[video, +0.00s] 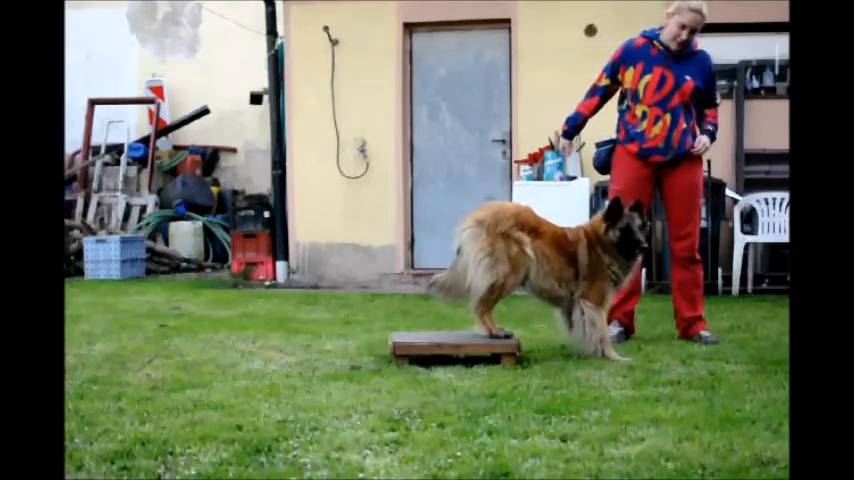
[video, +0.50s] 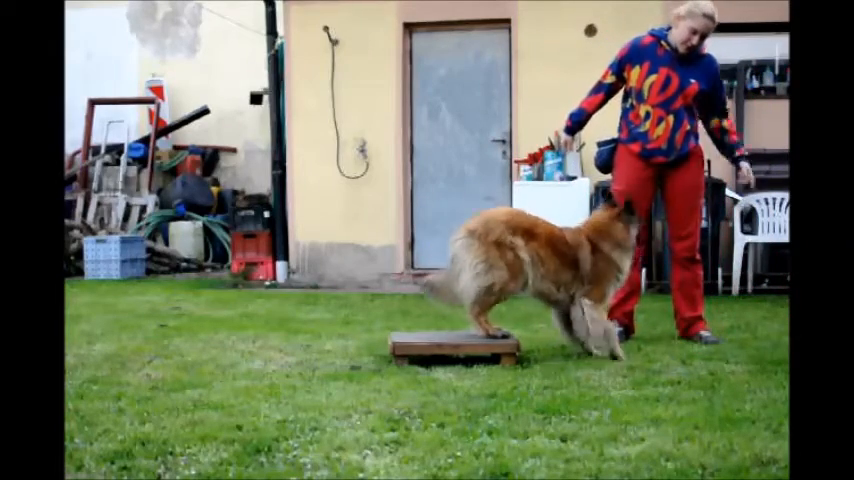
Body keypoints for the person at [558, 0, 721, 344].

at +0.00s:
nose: (684, 36)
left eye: (692, 32)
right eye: (682, 27)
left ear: (698, 33)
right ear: (667, 17)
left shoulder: (700, 62)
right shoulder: (633, 50)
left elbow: (709, 108)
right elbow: (600, 91)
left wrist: (707, 134)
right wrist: (568, 130)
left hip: (682, 158)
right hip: (633, 155)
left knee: (686, 244)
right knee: (624, 237)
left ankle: (692, 325)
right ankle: (620, 322)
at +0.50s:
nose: (695, 40)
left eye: (702, 36)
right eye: (693, 31)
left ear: (707, 36)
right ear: (676, 19)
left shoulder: (705, 65)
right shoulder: (639, 49)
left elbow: (717, 117)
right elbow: (604, 88)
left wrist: (739, 157)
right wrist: (571, 126)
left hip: (684, 159)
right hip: (635, 156)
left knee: (686, 246)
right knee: (625, 240)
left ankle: (692, 325)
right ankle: (620, 321)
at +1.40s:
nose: (702, 82)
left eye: (705, 76)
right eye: (698, 74)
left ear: (706, 72)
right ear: (676, 66)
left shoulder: (700, 100)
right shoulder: (639, 86)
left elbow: (702, 147)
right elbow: (603, 126)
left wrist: (713, 191)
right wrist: (572, 171)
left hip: (669, 168)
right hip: (622, 165)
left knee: (686, 243)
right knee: (617, 242)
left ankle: (692, 325)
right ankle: (602, 321)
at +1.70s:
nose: (703, 134)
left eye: (707, 129)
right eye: (700, 128)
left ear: (710, 121)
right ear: (682, 116)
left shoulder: (697, 138)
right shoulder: (646, 111)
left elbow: (693, 178)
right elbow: (602, 141)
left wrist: (699, 221)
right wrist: (572, 184)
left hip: (658, 177)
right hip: (613, 171)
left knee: (675, 244)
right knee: (606, 243)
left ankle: (687, 323)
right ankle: (600, 321)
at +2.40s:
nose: (739, 150)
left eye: (745, 145)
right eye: (735, 142)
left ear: (751, 141)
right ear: (720, 127)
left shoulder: (739, 160)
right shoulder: (681, 127)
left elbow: (732, 203)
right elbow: (636, 153)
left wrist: (722, 239)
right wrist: (606, 189)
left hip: (689, 185)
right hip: (646, 174)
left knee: (707, 248)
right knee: (627, 244)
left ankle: (688, 324)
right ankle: (604, 321)